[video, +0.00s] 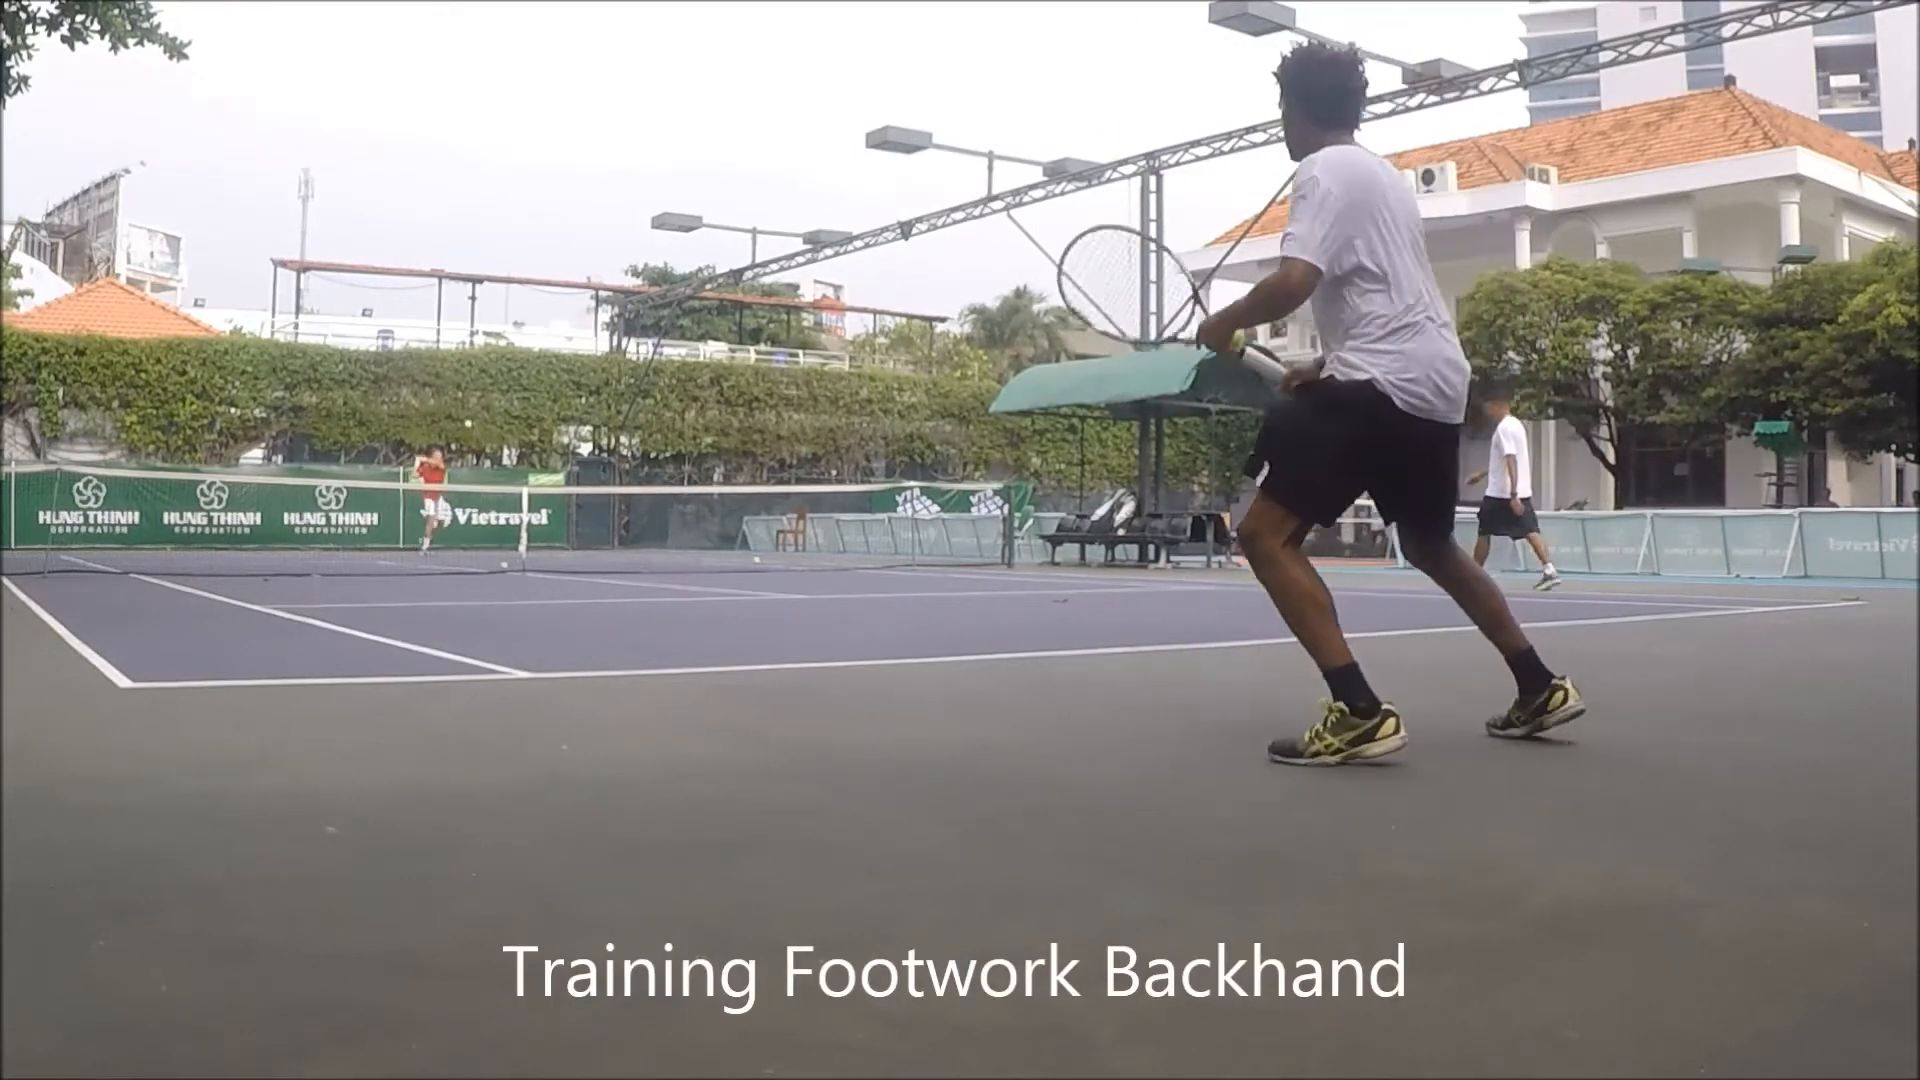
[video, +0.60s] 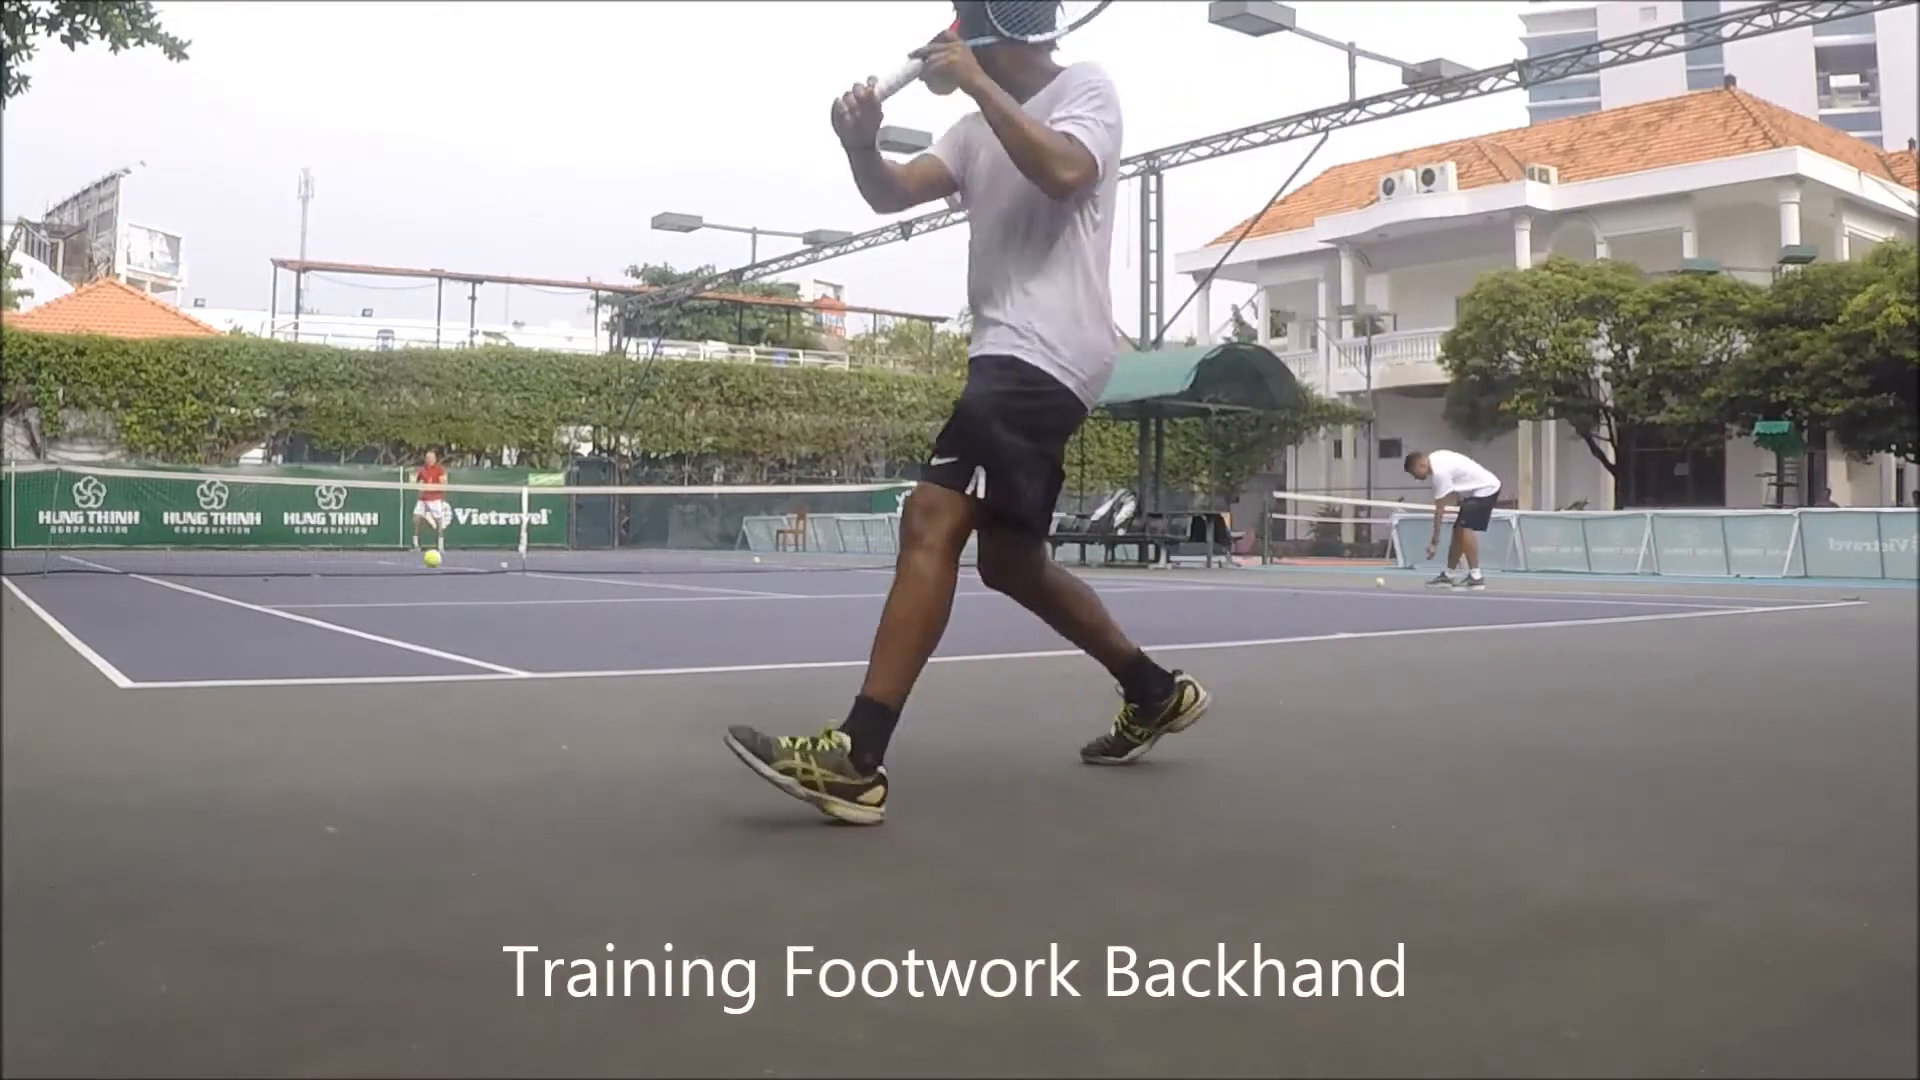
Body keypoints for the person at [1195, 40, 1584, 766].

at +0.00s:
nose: (1280, 125)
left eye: (1282, 111)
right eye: (1280, 111)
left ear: (1297, 111)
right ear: (1353, 111)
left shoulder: (1326, 171)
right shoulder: (1389, 179)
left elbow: (1294, 281)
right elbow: (1403, 307)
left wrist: (1229, 318)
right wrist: (1328, 366)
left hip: (1372, 384)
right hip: (1439, 391)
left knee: (1264, 536)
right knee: (1429, 544)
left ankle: (1357, 709)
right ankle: (1539, 685)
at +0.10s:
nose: (1228, 80)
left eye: (1231, 66)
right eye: (1230, 66)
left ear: (1246, 71)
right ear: (1302, 70)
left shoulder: (1281, 134)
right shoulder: (1328, 140)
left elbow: (1244, 249)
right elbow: (1312, 279)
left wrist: (1174, 278)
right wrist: (1231, 325)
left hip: (1327, 358)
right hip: (1378, 355)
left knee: (1259, 533)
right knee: (1351, 527)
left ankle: (1359, 711)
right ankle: (1466, 670)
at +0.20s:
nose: (1179, 42)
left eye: (1182, 27)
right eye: (1181, 28)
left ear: (1200, 29)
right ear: (1253, 31)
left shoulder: (1232, 89)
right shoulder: (1276, 99)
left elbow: (1210, 210)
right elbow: (1231, 245)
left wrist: (1121, 227)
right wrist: (1146, 280)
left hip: (1272, 333)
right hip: (1322, 334)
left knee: (1234, 509)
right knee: (1272, 510)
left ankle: (1333, 684)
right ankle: (1309, 696)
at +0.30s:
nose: (1131, 38)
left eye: (1136, 23)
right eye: (1132, 25)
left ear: (1162, 22)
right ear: (1198, 23)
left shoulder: (1200, 77)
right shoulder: (1208, 96)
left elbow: (1173, 199)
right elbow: (1148, 229)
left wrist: (1070, 197)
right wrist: (1056, 254)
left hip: (1225, 317)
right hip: (1253, 324)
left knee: (1153, 503)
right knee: (1186, 514)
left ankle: (1273, 682)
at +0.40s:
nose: (1081, 55)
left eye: (1085, 37)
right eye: (1082, 39)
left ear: (1110, 37)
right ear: (1153, 38)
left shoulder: (1174, 107)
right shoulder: (1122, 143)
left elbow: (1136, 221)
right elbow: (1047, 230)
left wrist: (1027, 181)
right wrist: (970, 234)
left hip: (1183, 334)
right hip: (1156, 339)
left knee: (1067, 498)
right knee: (1100, 530)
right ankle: (1179, 715)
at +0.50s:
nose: (1043, 68)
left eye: (1050, 49)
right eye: (1037, 54)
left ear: (1076, 45)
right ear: (1073, 51)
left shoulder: (1137, 107)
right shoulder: (1056, 142)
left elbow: (1104, 206)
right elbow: (972, 217)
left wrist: (1005, 143)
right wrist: (909, 196)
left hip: (1127, 346)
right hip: (1091, 350)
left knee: (1007, 502)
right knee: (1058, 559)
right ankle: (1172, 713)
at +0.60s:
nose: (966, 58)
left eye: (972, 43)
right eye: (965, 45)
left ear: (1005, 38)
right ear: (1015, 37)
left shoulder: (1084, 86)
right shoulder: (978, 130)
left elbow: (1065, 172)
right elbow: (890, 191)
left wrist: (974, 81)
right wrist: (862, 146)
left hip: (1045, 348)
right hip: (1009, 346)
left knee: (931, 521)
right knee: (1012, 562)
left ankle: (858, 757)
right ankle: (1153, 688)